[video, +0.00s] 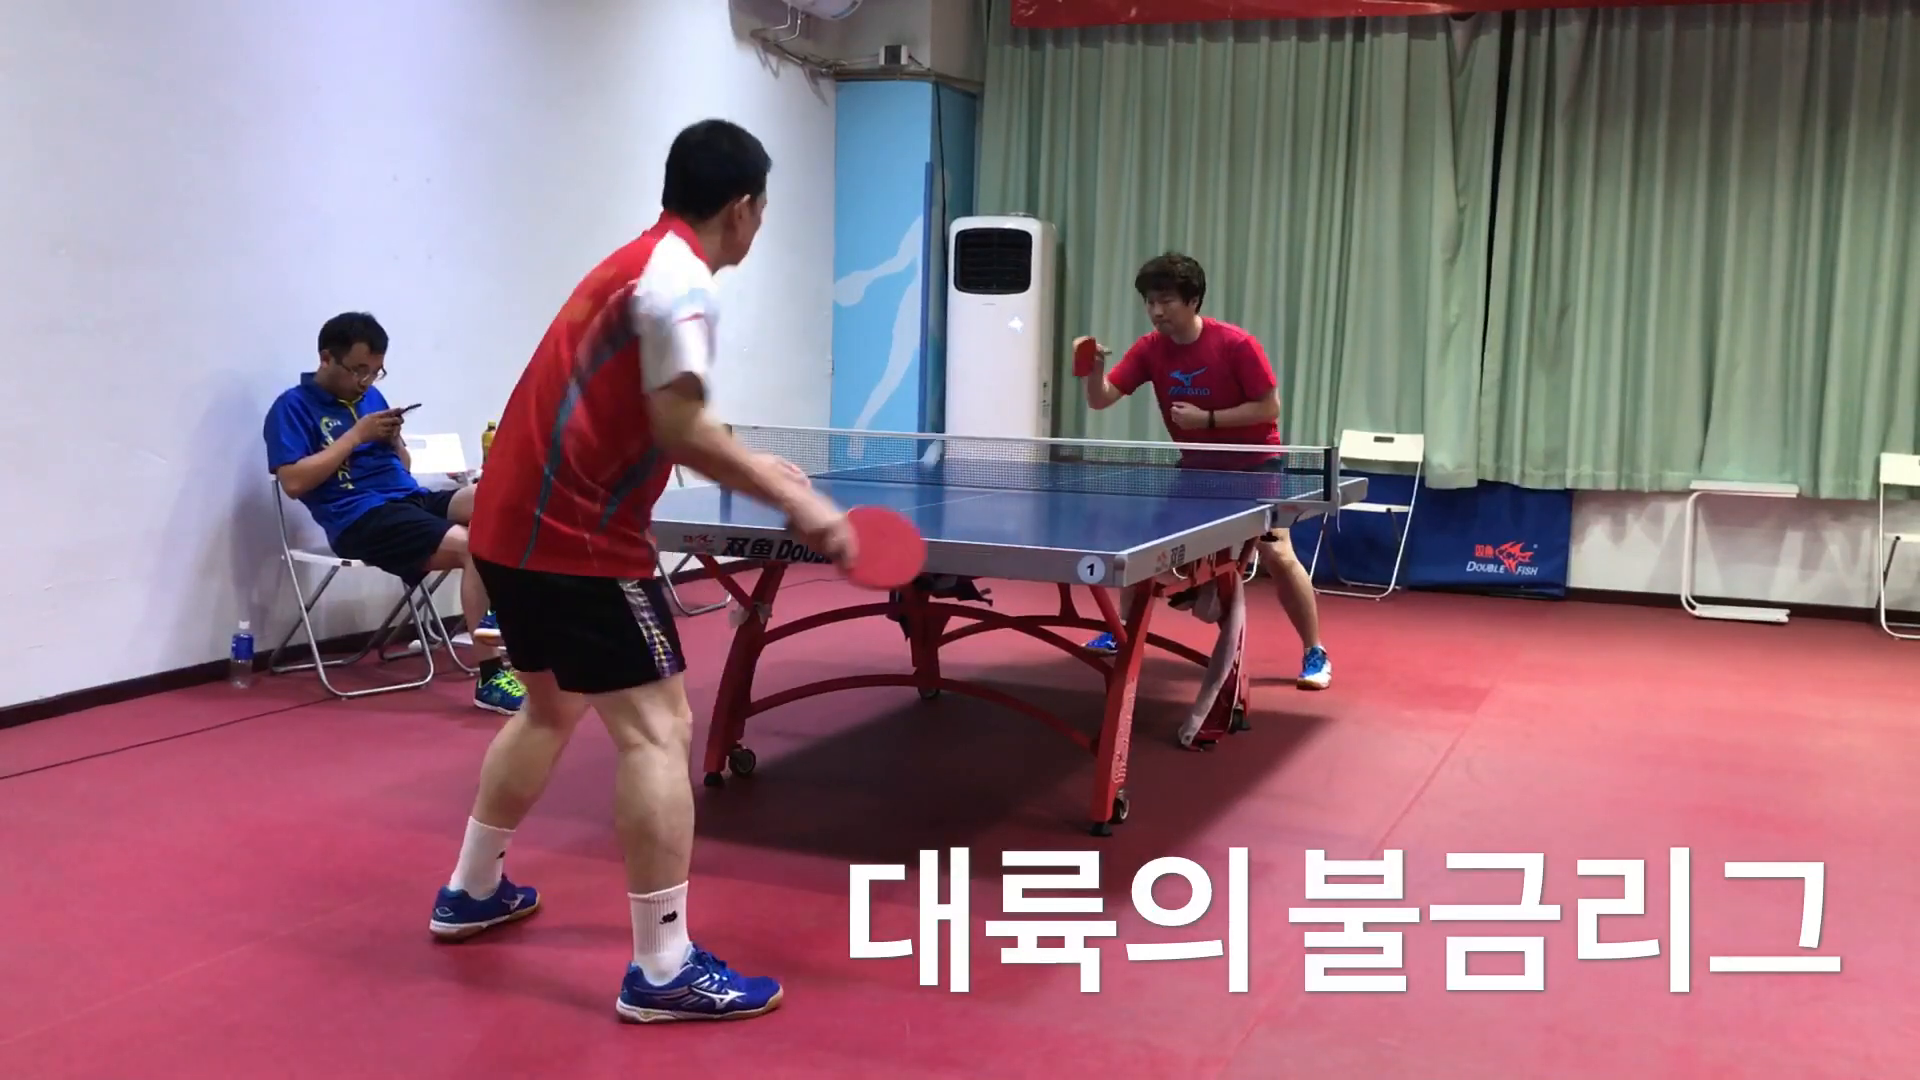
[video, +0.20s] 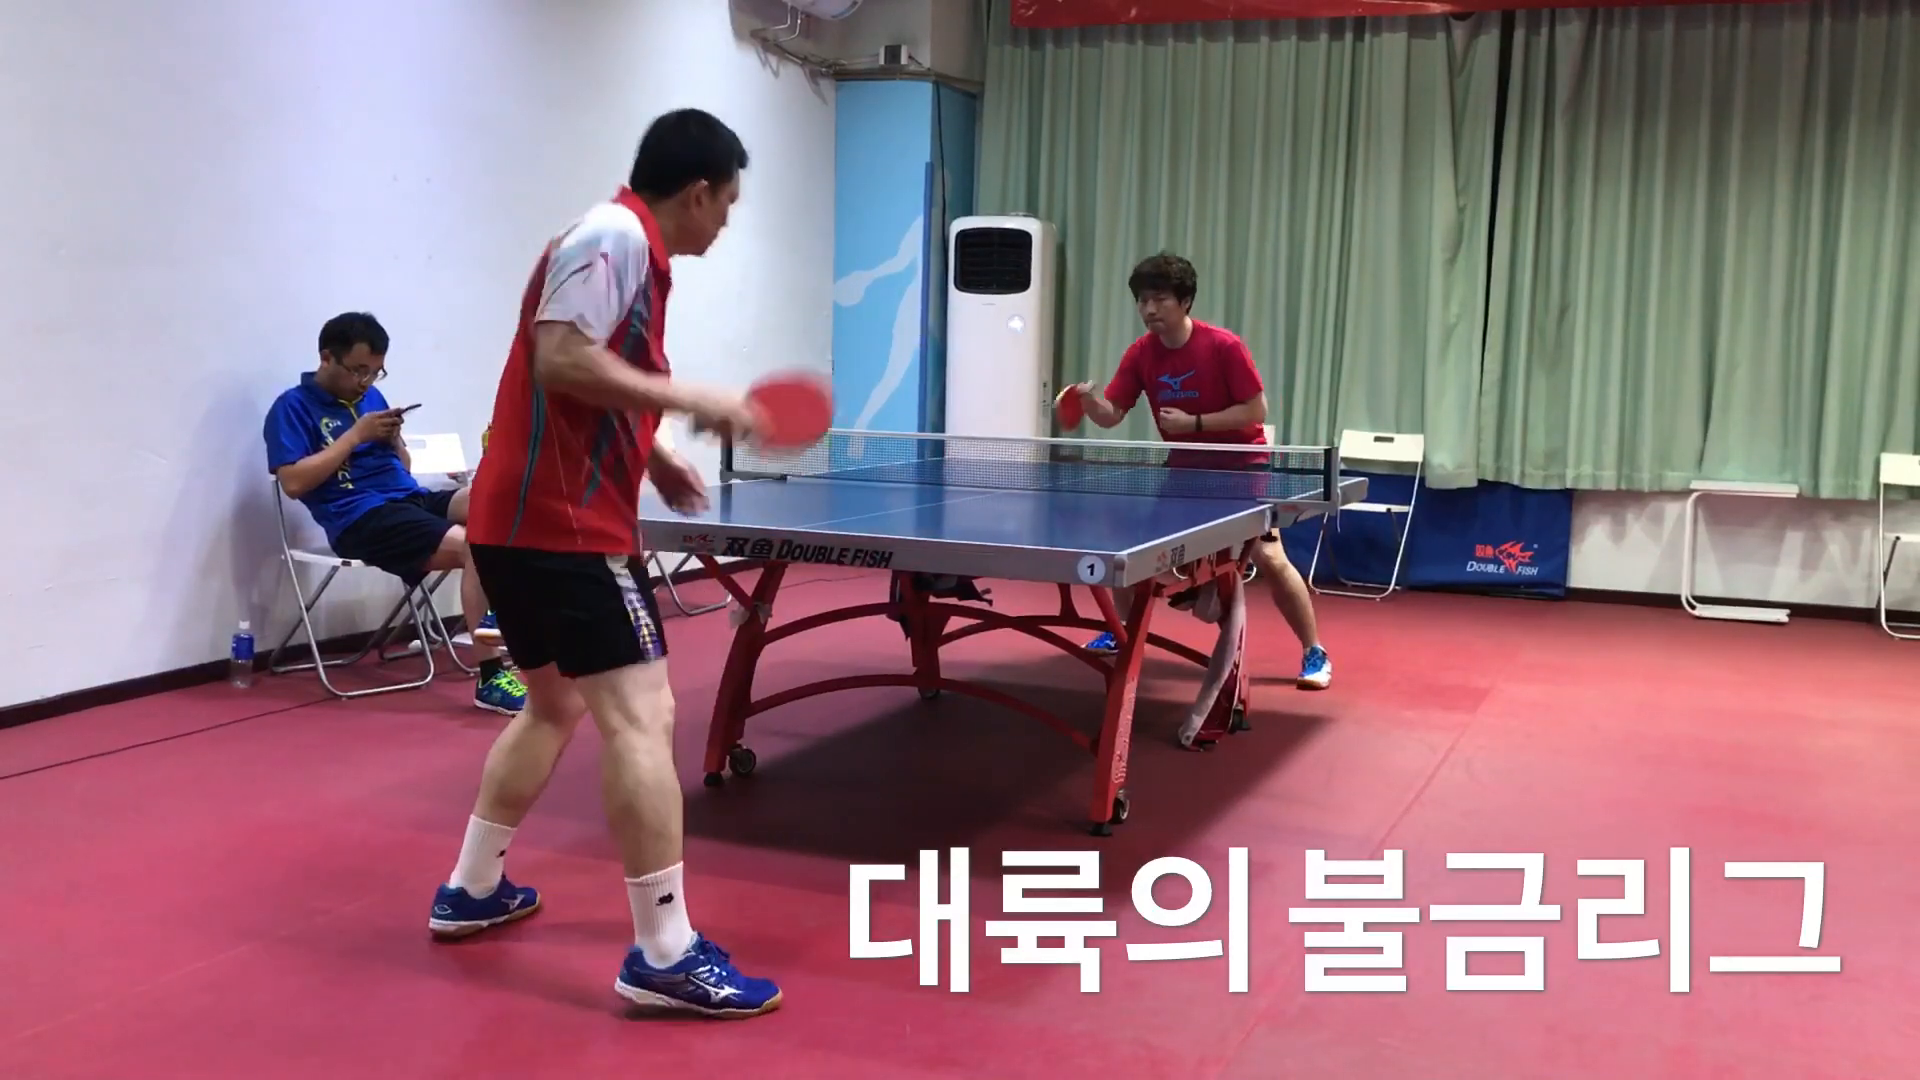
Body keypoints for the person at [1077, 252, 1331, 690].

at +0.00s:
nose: (1156, 311)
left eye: (1165, 301)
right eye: (1150, 302)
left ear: (1193, 300)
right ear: (1146, 304)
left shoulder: (1235, 344)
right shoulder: (1150, 350)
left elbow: (1269, 409)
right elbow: (1100, 400)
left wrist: (1208, 418)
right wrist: (1093, 370)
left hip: (1255, 468)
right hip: (1197, 469)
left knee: (1279, 555)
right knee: (1148, 542)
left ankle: (1314, 652)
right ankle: (1126, 633)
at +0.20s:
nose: (1149, 309)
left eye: (1159, 299)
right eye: (1143, 300)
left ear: (1185, 301)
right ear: (1138, 303)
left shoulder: (1223, 347)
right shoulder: (1140, 355)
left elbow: (1256, 412)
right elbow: (1110, 416)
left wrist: (1194, 423)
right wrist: (1090, 398)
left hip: (1242, 470)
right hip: (1184, 471)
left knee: (1271, 557)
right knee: (1136, 543)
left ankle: (1314, 651)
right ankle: (1124, 630)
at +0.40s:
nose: (1132, 311)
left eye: (1141, 300)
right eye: (1126, 302)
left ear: (1169, 301)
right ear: (1122, 304)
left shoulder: (1203, 346)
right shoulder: (1147, 347)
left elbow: (1234, 415)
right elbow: (1143, 399)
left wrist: (1173, 420)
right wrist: (1091, 416)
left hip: (1242, 465)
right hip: (1190, 466)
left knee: (1261, 561)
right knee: (1146, 539)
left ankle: (1311, 651)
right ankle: (1126, 628)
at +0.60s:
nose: (1134, 336)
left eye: (1140, 327)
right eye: (1130, 328)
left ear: (1168, 321)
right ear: (1158, 324)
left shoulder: (1207, 367)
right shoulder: (1168, 359)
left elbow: (1233, 435)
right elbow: (1167, 406)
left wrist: (1176, 434)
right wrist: (1110, 394)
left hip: (1251, 475)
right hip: (1205, 474)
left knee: (1256, 574)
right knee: (1141, 537)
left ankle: (1310, 653)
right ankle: (1128, 628)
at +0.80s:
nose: (1156, 312)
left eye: (1165, 302)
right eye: (1151, 303)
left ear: (1195, 300)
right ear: (1148, 302)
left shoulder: (1239, 345)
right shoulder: (1156, 345)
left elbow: (1268, 413)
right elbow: (1109, 394)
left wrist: (1201, 417)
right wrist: (1104, 365)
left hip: (1260, 468)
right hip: (1203, 469)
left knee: (1274, 557)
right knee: (1154, 544)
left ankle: (1312, 652)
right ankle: (1127, 633)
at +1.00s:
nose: (1159, 311)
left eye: (1169, 301)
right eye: (1152, 302)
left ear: (1194, 301)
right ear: (1147, 305)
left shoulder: (1234, 346)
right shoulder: (1146, 355)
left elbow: (1267, 411)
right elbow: (1108, 419)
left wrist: (1207, 422)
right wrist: (1110, 386)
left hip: (1244, 473)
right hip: (1184, 474)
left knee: (1270, 555)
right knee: (1134, 548)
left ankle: (1313, 652)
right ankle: (1122, 634)